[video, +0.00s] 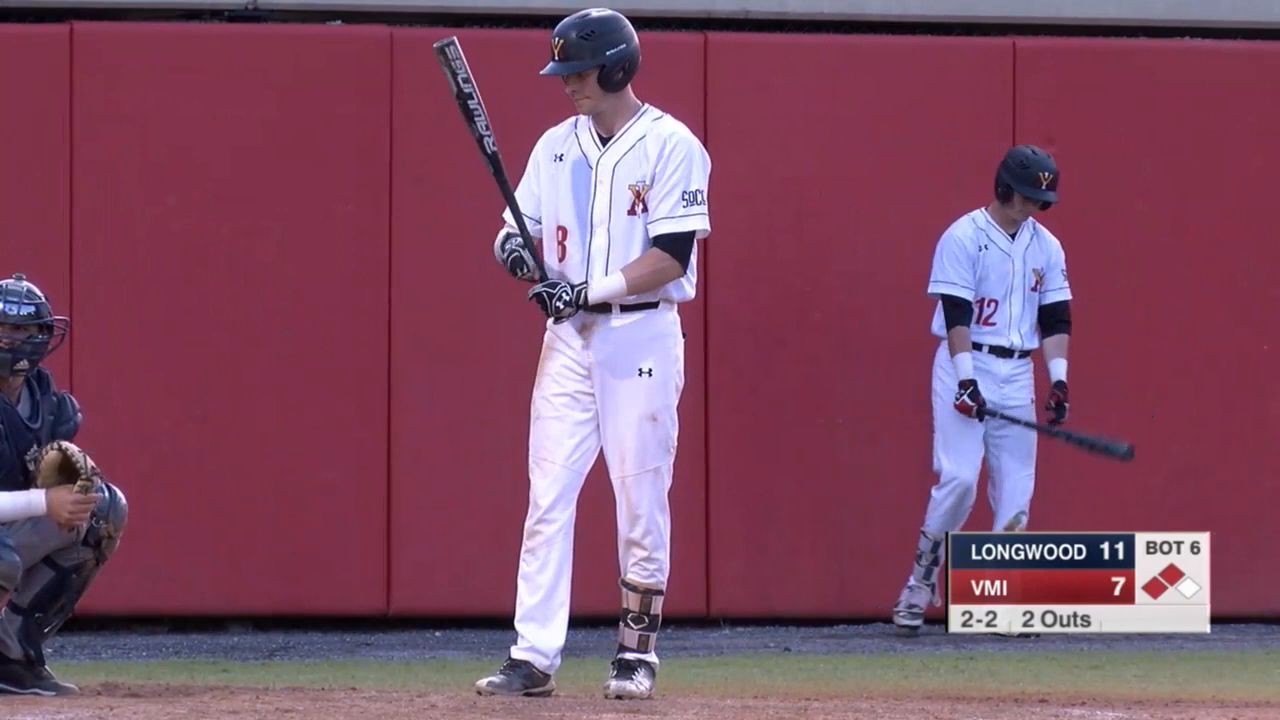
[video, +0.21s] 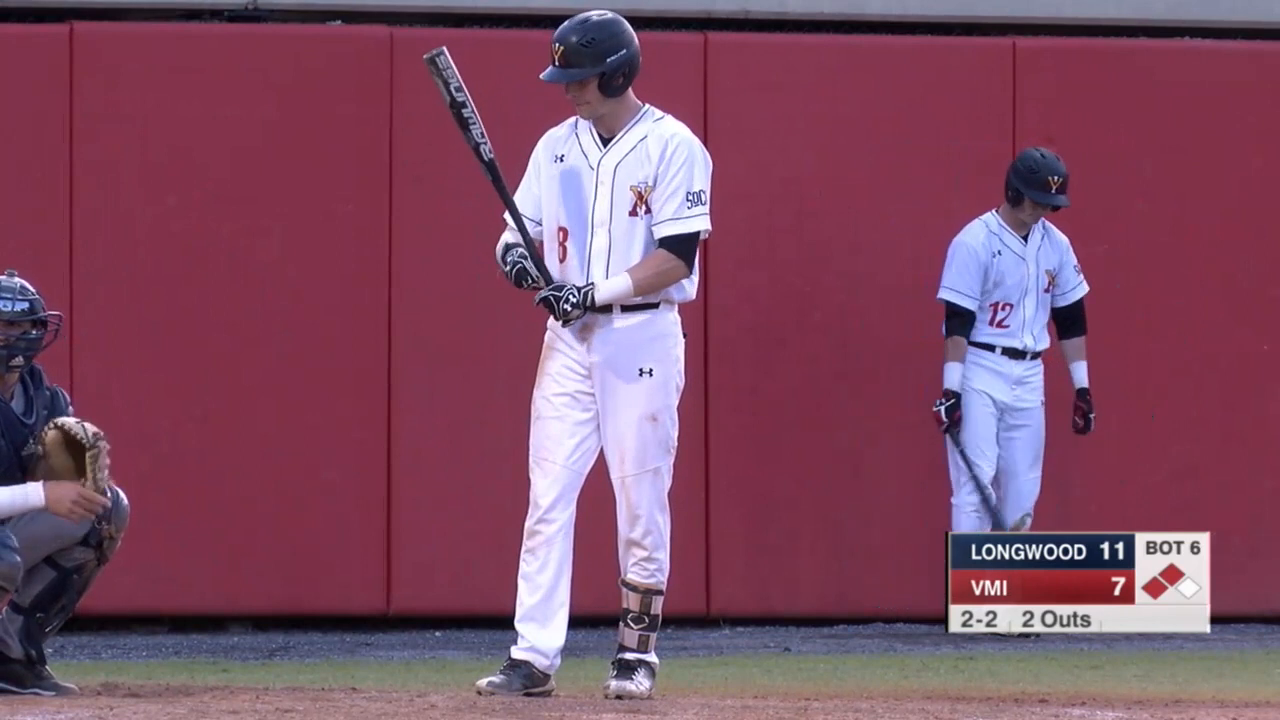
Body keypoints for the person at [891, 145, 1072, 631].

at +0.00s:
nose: (1034, 210)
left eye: (1041, 202)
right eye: (1029, 199)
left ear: (1043, 199)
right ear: (1005, 190)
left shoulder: (1047, 247)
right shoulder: (963, 236)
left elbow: (1055, 320)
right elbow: (956, 313)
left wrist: (1058, 383)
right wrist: (965, 380)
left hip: (1018, 375)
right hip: (965, 368)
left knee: (1016, 495)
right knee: (960, 479)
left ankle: (1004, 606)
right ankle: (920, 585)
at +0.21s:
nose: (1044, 212)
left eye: (1051, 205)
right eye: (1039, 203)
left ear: (1057, 199)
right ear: (1015, 192)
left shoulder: (1056, 244)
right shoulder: (974, 241)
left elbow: (1070, 318)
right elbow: (958, 322)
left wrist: (1082, 388)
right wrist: (951, 390)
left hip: (1029, 374)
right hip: (979, 367)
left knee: (1022, 491)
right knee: (974, 484)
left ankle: (1010, 585)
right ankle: (967, 585)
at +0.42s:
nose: (1055, 208)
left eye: (1059, 200)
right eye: (1049, 200)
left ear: (1059, 199)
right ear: (1024, 195)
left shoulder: (1059, 242)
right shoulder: (981, 249)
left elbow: (1073, 313)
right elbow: (958, 328)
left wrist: (1090, 375)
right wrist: (935, 397)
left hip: (1039, 376)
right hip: (987, 372)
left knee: (1029, 494)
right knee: (996, 488)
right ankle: (997, 586)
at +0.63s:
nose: (1055, 195)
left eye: (1055, 187)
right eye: (1048, 189)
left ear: (1035, 192)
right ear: (1022, 193)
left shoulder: (1053, 234)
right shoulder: (980, 256)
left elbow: (1068, 308)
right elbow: (957, 338)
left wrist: (1089, 365)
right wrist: (935, 404)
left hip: (1052, 378)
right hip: (1003, 377)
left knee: (1039, 499)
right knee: (1015, 498)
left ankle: (1001, 606)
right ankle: (1007, 612)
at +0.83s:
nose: (1050, 191)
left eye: (1049, 184)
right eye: (1042, 185)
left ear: (1026, 190)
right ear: (1016, 192)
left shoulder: (1051, 228)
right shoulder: (976, 258)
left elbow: (1069, 295)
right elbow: (961, 343)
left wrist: (1096, 345)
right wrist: (952, 411)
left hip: (1058, 375)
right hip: (1009, 378)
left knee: (1052, 503)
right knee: (1016, 502)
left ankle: (991, 587)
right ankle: (1013, 612)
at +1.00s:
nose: (1046, 204)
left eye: (1045, 196)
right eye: (1038, 197)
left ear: (1035, 196)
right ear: (1010, 199)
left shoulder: (1051, 225)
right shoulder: (974, 260)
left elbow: (1070, 287)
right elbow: (963, 346)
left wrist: (1103, 330)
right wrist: (967, 415)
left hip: (1061, 375)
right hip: (1012, 379)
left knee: (1067, 490)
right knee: (1019, 493)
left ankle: (1012, 567)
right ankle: (1008, 600)